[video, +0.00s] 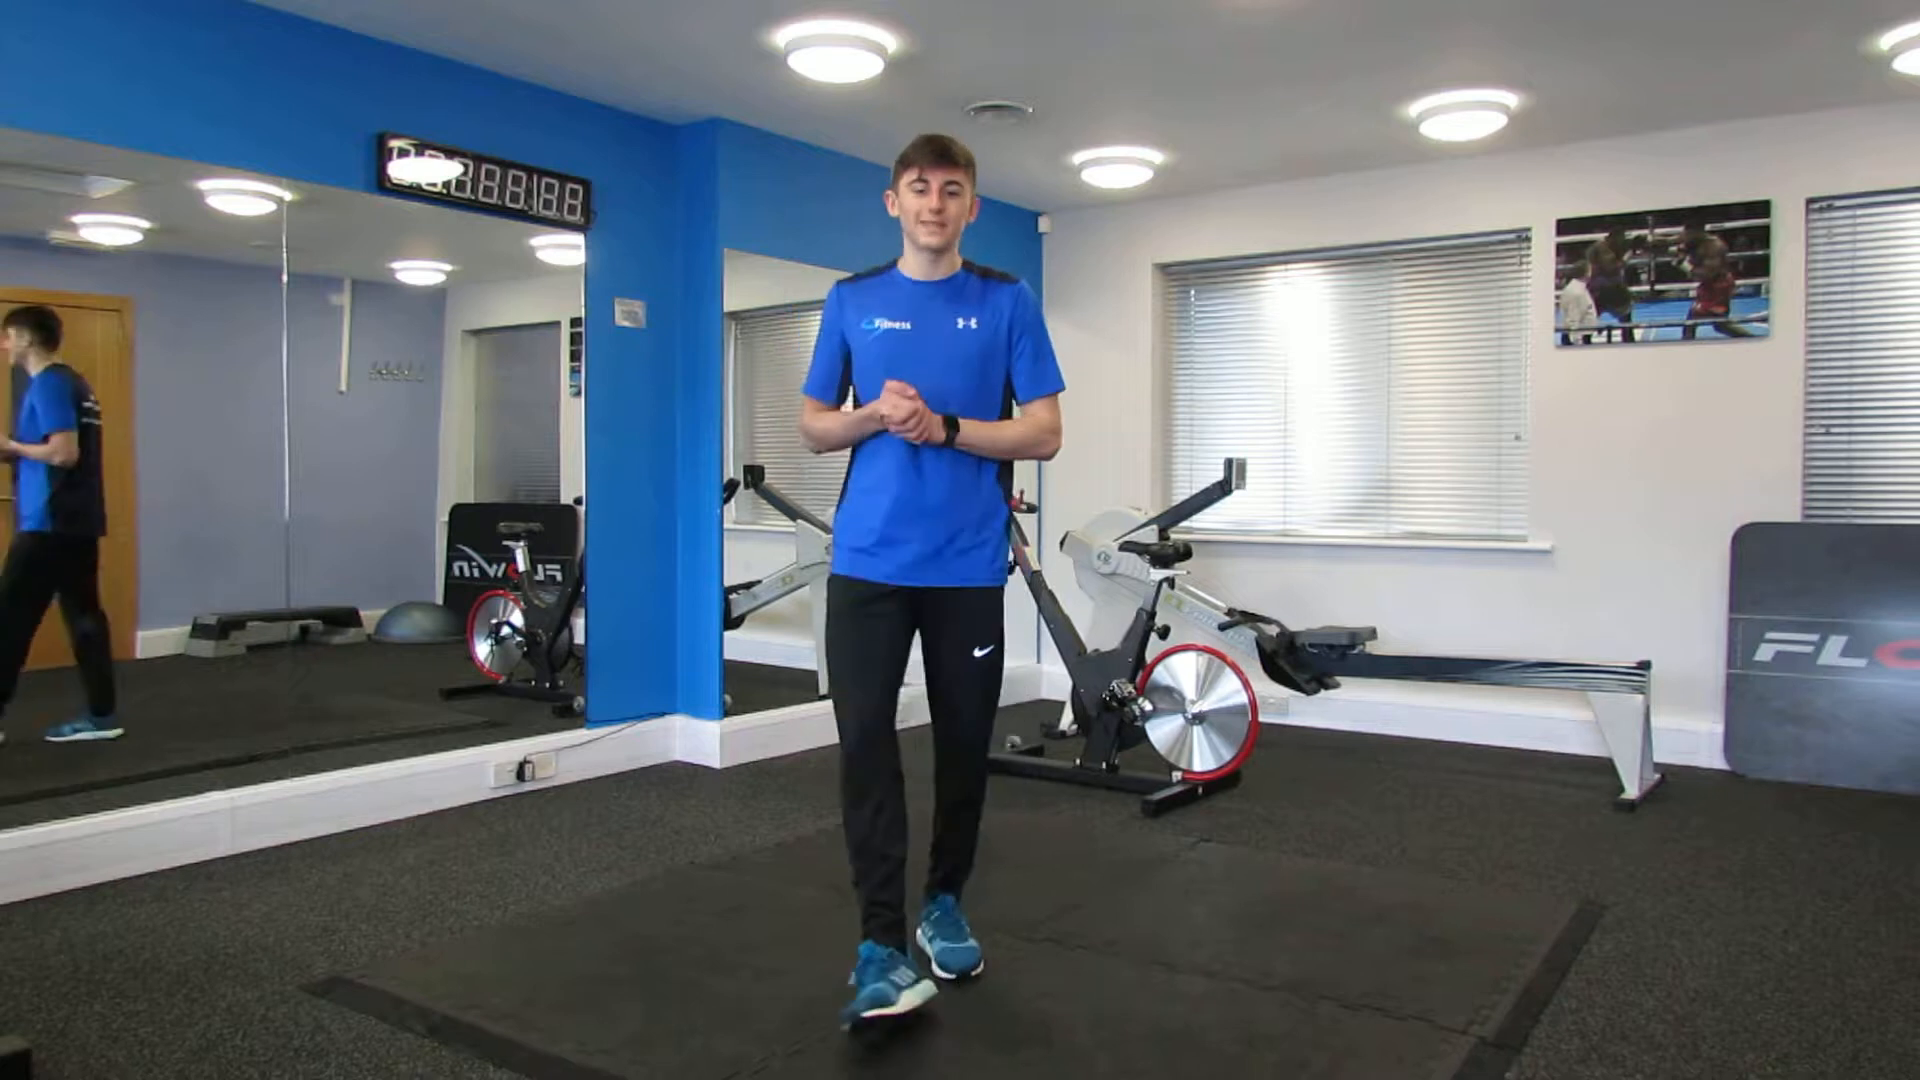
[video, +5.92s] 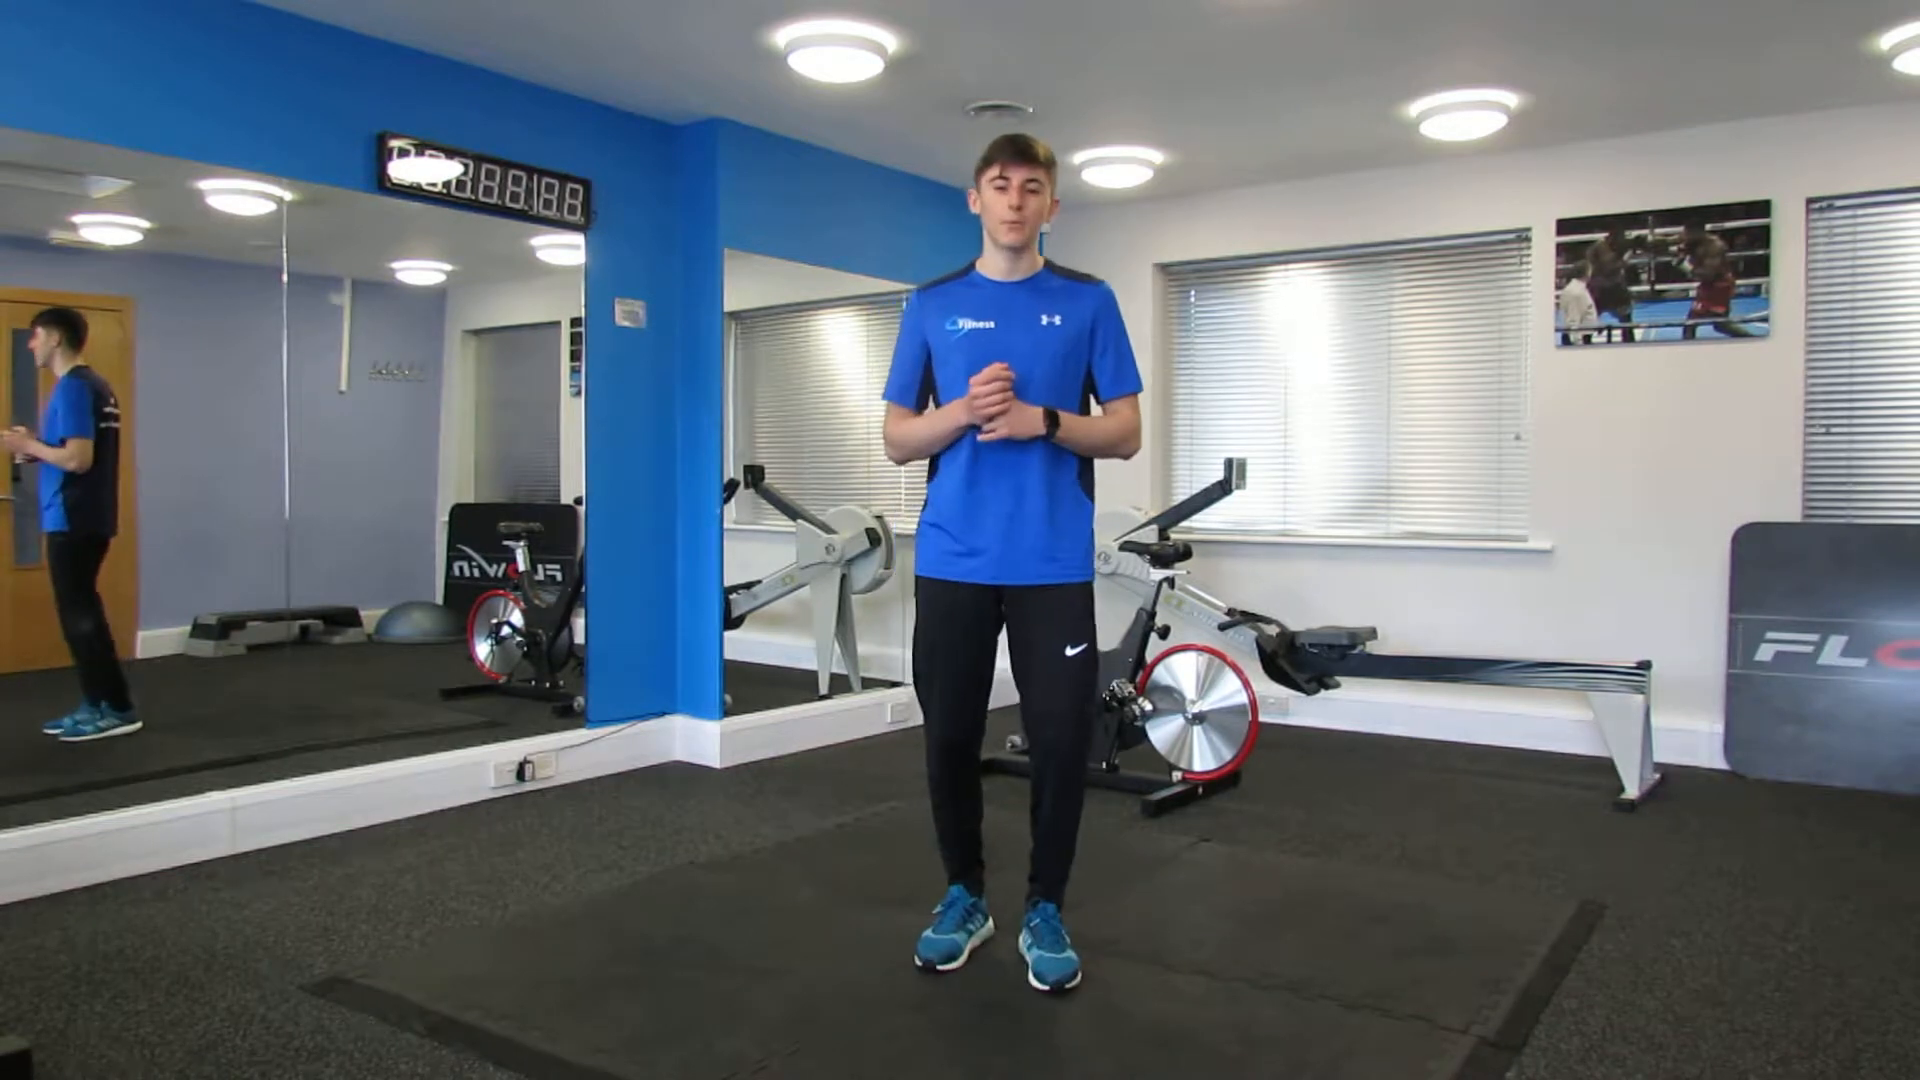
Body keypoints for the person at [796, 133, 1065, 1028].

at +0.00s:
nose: (935, 202)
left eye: (952, 190)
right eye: (920, 188)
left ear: (972, 207)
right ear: (895, 202)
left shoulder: (1008, 301)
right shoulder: (851, 300)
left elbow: (1045, 431)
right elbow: (816, 430)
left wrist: (949, 428)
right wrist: (871, 415)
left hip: (968, 566)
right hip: (867, 563)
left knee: (965, 747)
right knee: (864, 748)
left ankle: (944, 901)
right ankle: (881, 942)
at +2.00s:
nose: (887, 208)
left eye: (903, 198)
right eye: (874, 192)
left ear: (918, 216)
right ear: (842, 202)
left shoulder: (945, 304)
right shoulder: (789, 305)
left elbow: (979, 431)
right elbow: (754, 435)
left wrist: (899, 419)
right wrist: (830, 415)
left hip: (922, 557)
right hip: (821, 557)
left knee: (944, 737)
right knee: (812, 732)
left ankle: (943, 932)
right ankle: (820, 882)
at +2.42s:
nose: (944, 191)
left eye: (960, 176)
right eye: (928, 175)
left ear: (982, 190)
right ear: (901, 187)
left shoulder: (1013, 294)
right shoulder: (851, 286)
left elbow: (1040, 440)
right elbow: (792, 427)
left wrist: (1055, 400)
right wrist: (822, 378)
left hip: (969, 556)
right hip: (863, 549)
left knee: (968, 753)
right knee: (835, 741)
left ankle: (946, 938)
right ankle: (846, 897)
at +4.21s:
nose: (1026, 164)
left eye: (1042, 151)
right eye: (1009, 149)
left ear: (1065, 170)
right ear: (978, 165)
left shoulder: (1105, 281)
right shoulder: (927, 278)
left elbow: (1134, 424)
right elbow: (888, 428)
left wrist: (1075, 435)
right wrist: (974, 356)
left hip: (1056, 563)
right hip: (941, 557)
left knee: (1059, 770)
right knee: (909, 769)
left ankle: (1039, 960)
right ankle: (895, 987)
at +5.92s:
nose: (1016, 197)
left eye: (1032, 187)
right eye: (1001, 185)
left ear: (1051, 206)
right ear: (976, 202)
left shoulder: (1087, 301)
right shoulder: (931, 304)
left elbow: (1125, 433)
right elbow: (899, 440)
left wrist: (1043, 420)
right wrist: (963, 412)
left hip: (1054, 562)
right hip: (952, 559)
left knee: (1061, 741)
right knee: (950, 738)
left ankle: (1046, 911)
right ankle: (964, 895)